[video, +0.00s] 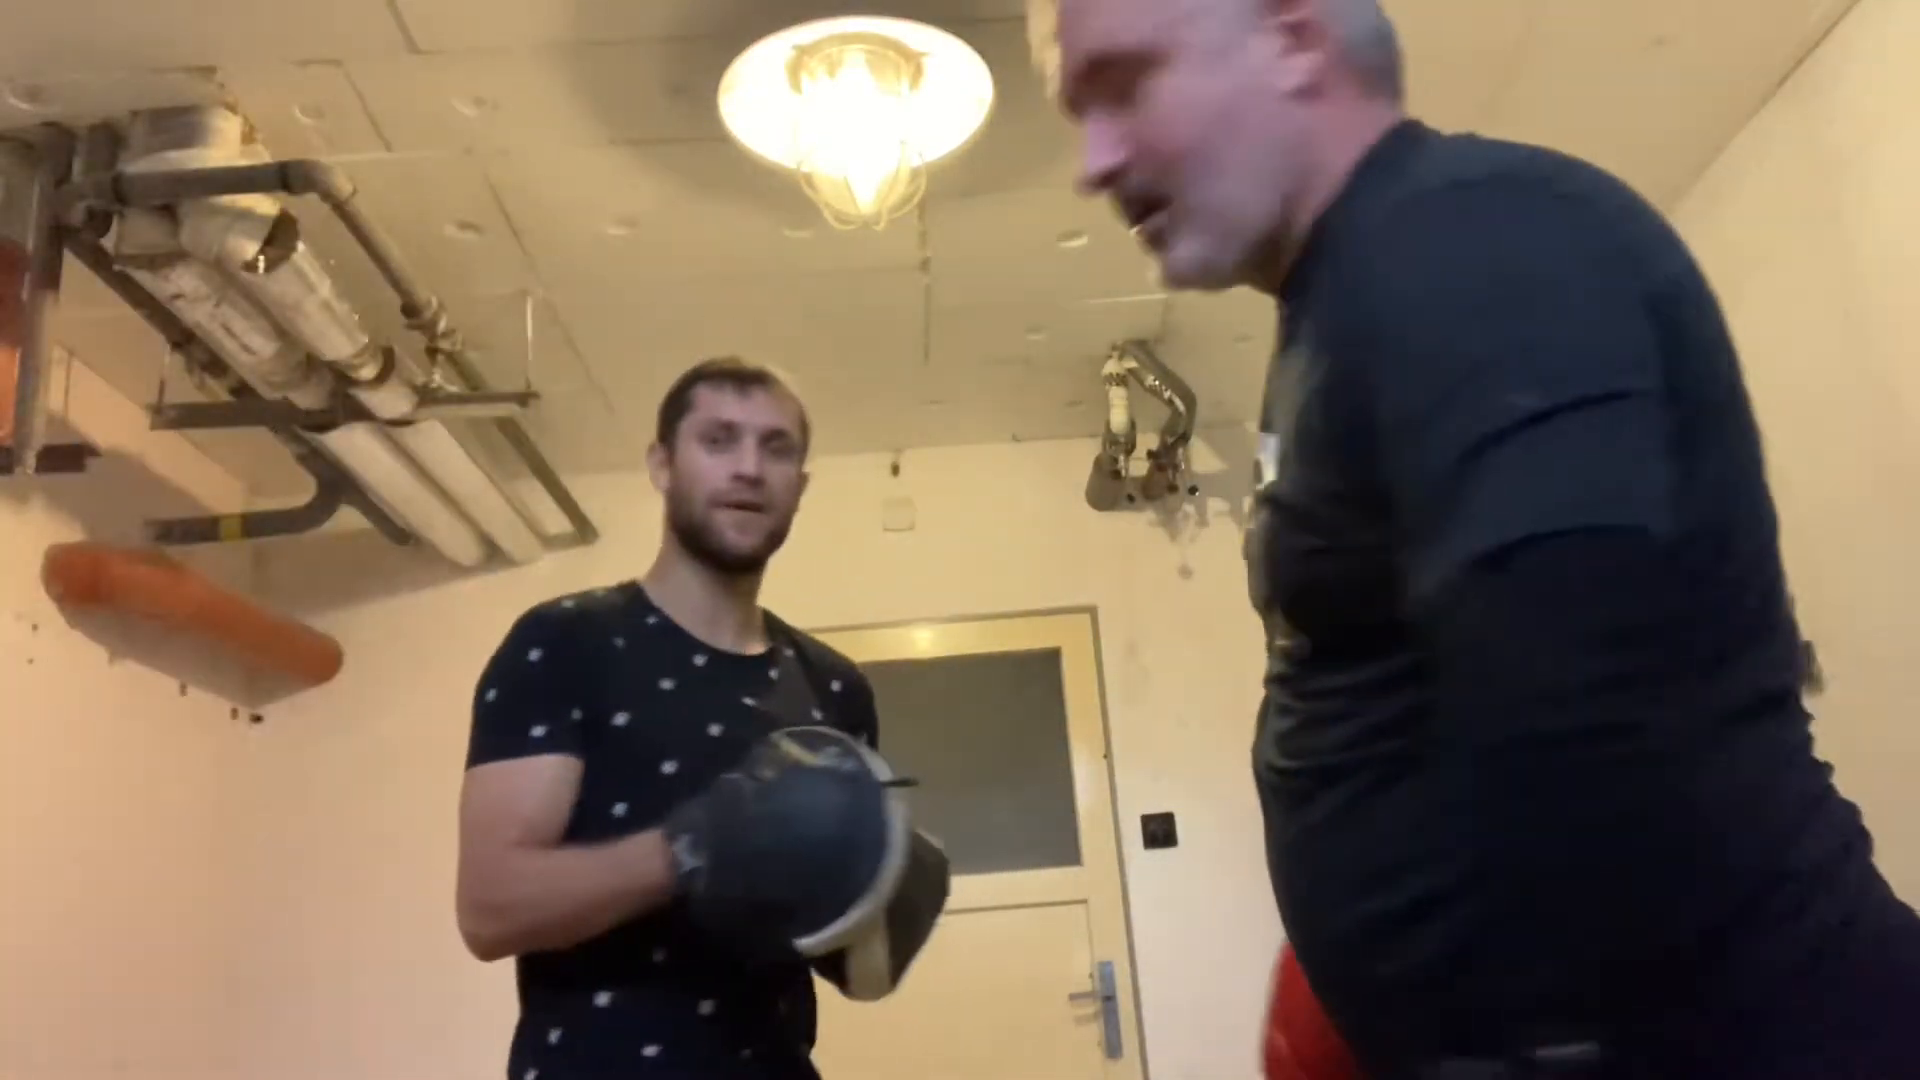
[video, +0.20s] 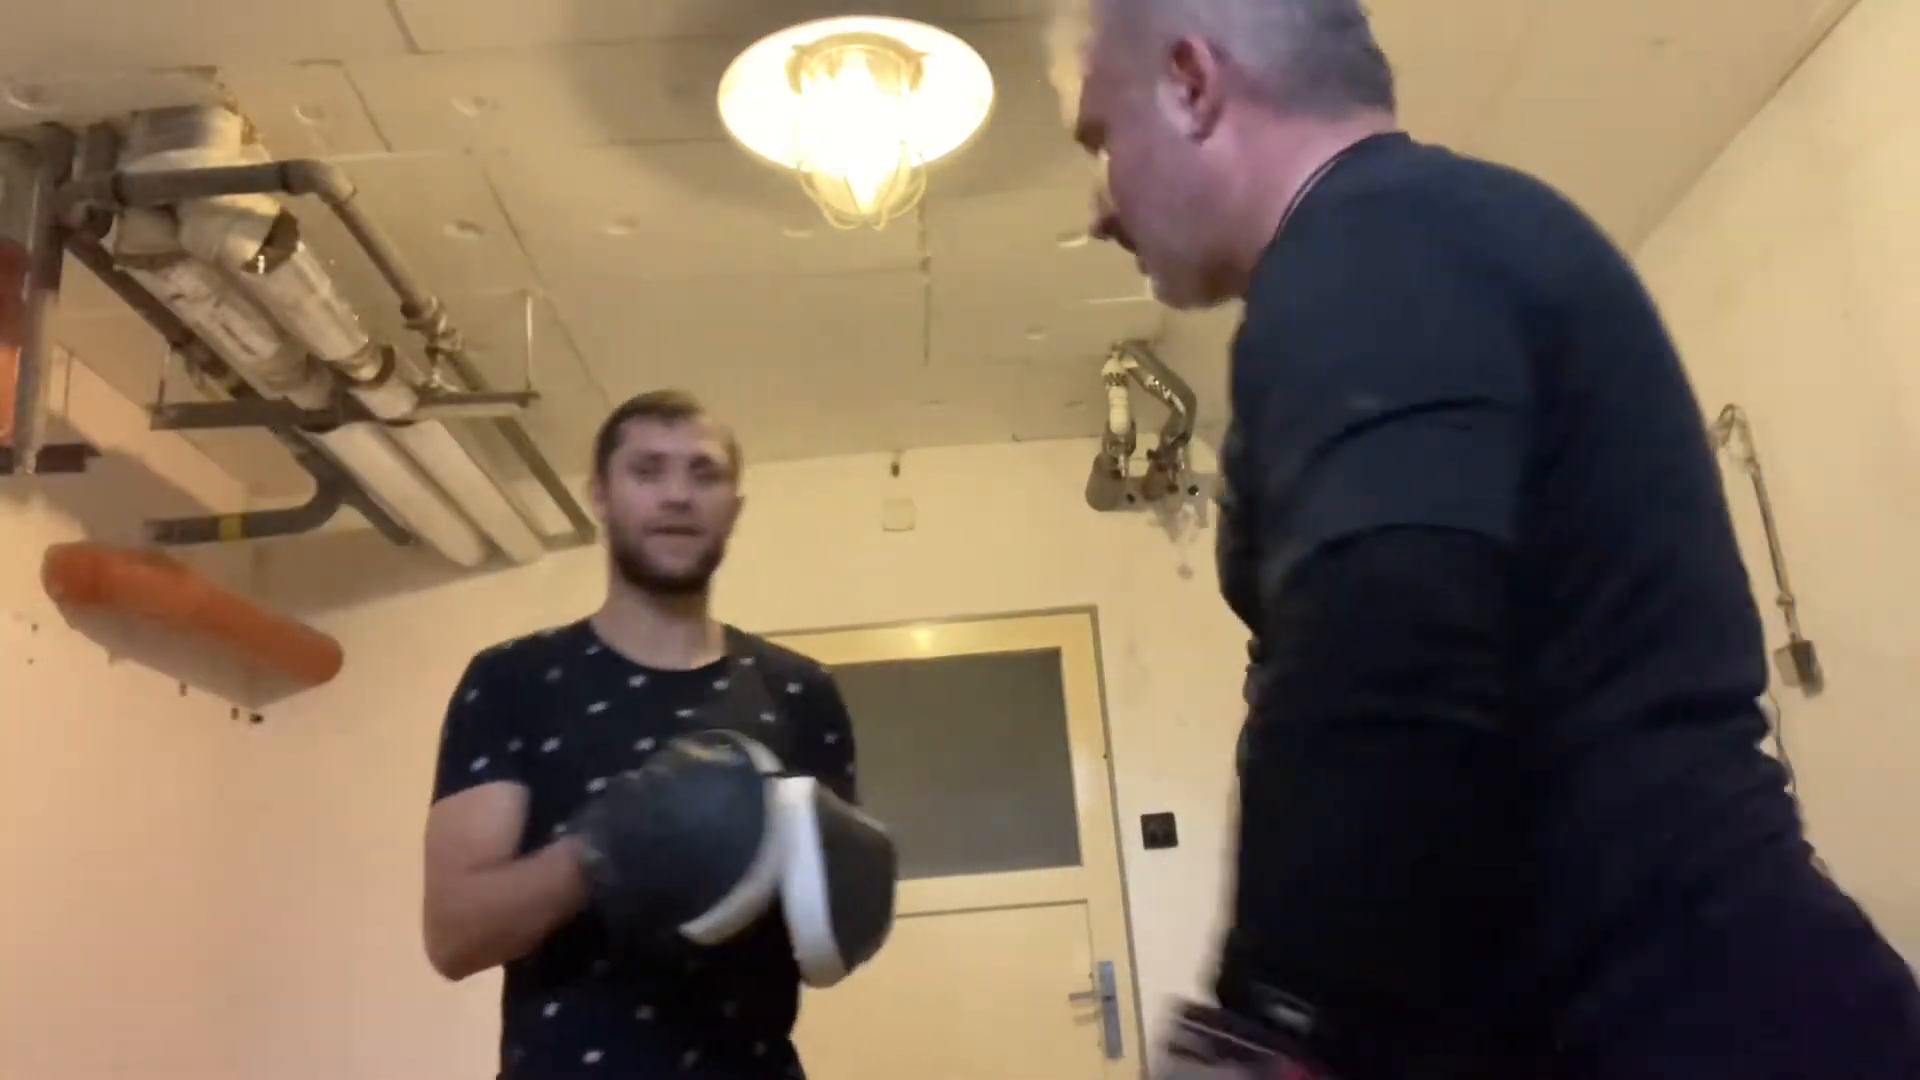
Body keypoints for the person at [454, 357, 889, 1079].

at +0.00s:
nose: (748, 469)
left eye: (776, 448)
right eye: (717, 441)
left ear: (801, 484)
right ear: (661, 466)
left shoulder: (833, 690)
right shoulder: (561, 647)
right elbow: (491, 907)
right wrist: (697, 845)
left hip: (767, 1056)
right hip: (591, 1056)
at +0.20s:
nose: (678, 496)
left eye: (705, 473)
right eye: (647, 471)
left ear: (735, 504)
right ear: (600, 497)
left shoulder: (799, 694)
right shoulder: (513, 686)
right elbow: (455, 934)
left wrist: (838, 876)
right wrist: (610, 843)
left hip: (747, 1056)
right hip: (571, 1061)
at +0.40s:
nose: (598, 530)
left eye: (623, 507)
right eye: (568, 507)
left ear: (655, 534)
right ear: (526, 535)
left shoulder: (737, 704)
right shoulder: (456, 729)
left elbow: (832, 922)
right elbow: (421, 970)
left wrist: (776, 865)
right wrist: (532, 873)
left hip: (709, 1061)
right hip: (533, 1063)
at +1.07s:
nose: (667, 578)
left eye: (688, 559)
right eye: (641, 555)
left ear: (710, 582)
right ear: (595, 574)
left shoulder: (767, 730)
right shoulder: (526, 743)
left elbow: (827, 936)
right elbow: (492, 950)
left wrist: (808, 838)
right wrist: (607, 836)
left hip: (723, 1061)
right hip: (574, 1062)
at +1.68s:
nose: (678, 624)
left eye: (691, 604)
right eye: (654, 599)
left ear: (704, 611)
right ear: (590, 602)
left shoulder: (704, 744)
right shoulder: (506, 735)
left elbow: (826, 895)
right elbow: (502, 885)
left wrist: (822, 760)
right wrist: (619, 733)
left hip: (679, 1060)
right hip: (539, 1060)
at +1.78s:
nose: (623, 635)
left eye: (637, 617)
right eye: (603, 614)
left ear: (655, 626)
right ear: (540, 615)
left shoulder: (665, 750)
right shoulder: (454, 745)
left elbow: (796, 857)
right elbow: (473, 859)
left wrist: (784, 722)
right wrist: (582, 691)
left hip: (637, 1061)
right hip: (497, 1063)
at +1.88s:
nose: (544, 635)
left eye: (559, 618)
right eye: (528, 616)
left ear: (583, 628)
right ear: (479, 625)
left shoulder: (605, 760)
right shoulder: (393, 754)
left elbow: (750, 827)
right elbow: (430, 835)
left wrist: (736, 690)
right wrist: (537, 657)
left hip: (584, 1061)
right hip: (444, 1063)